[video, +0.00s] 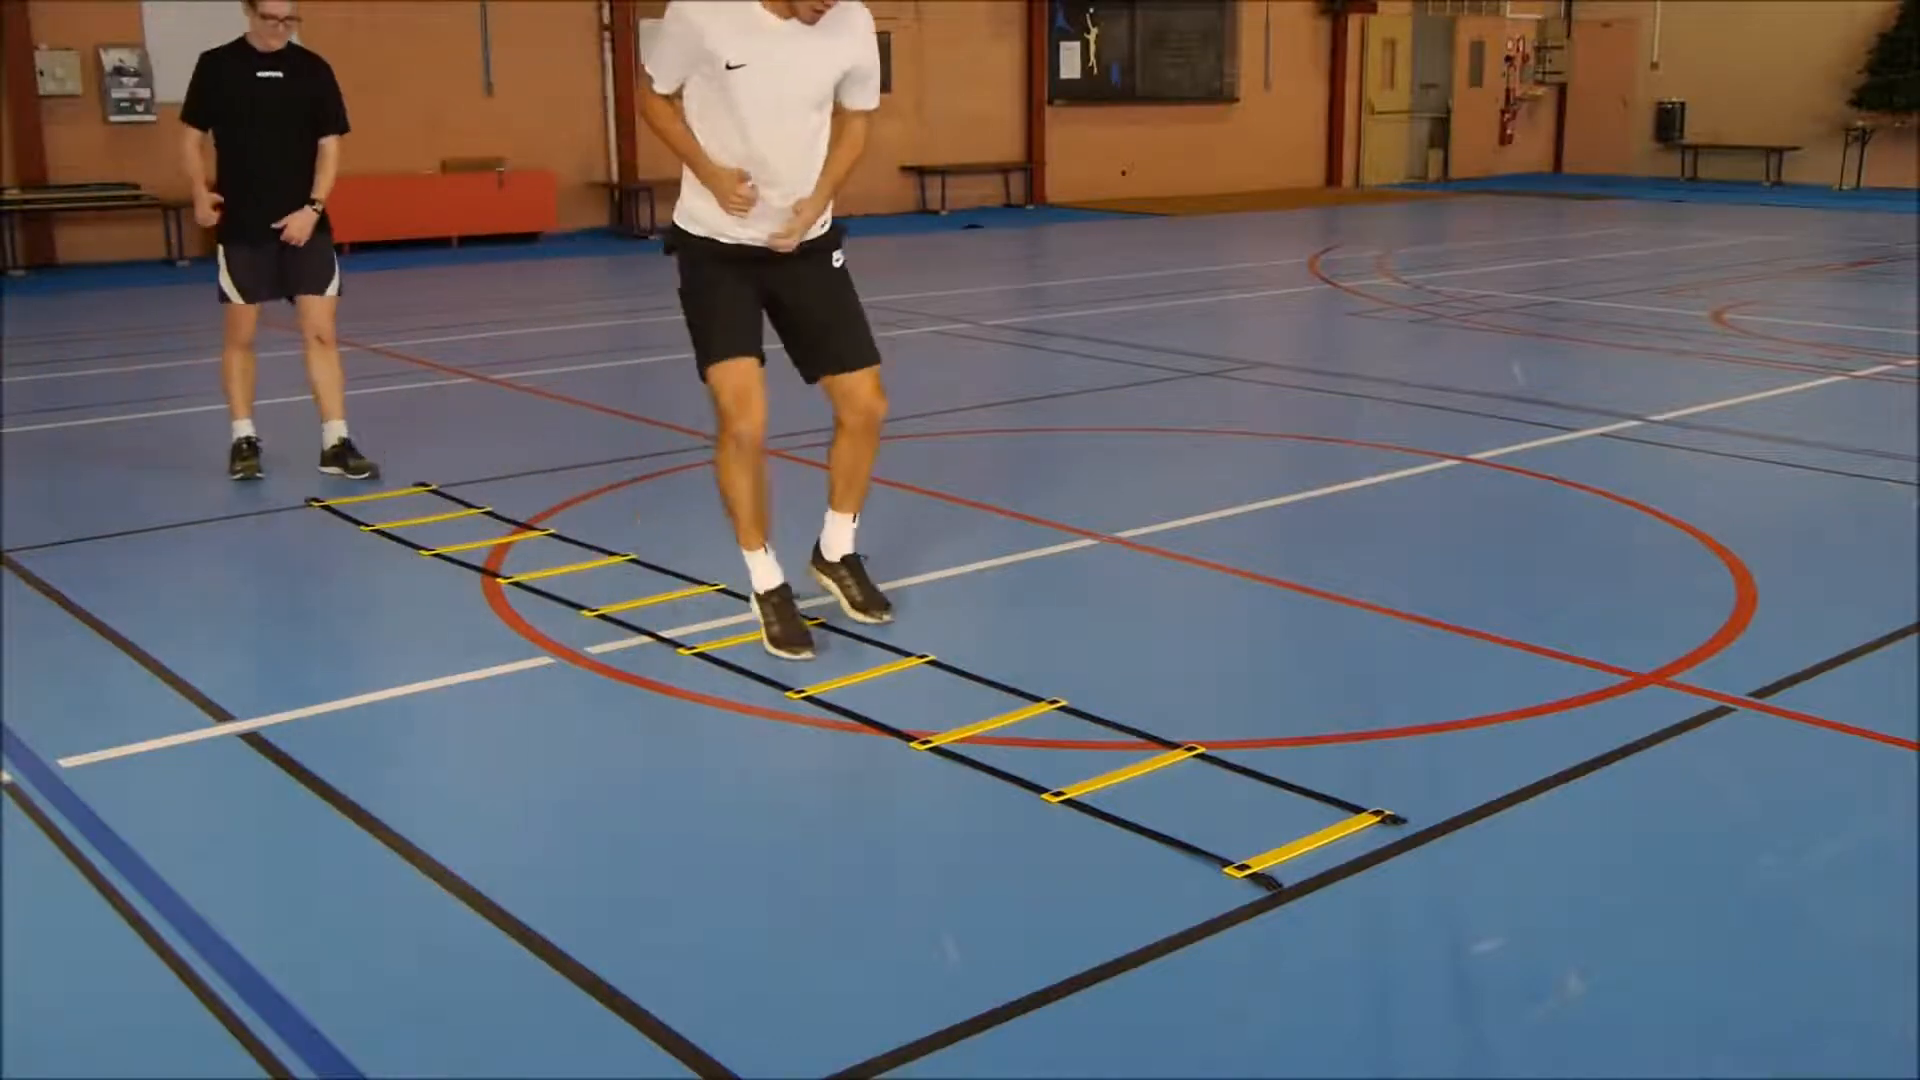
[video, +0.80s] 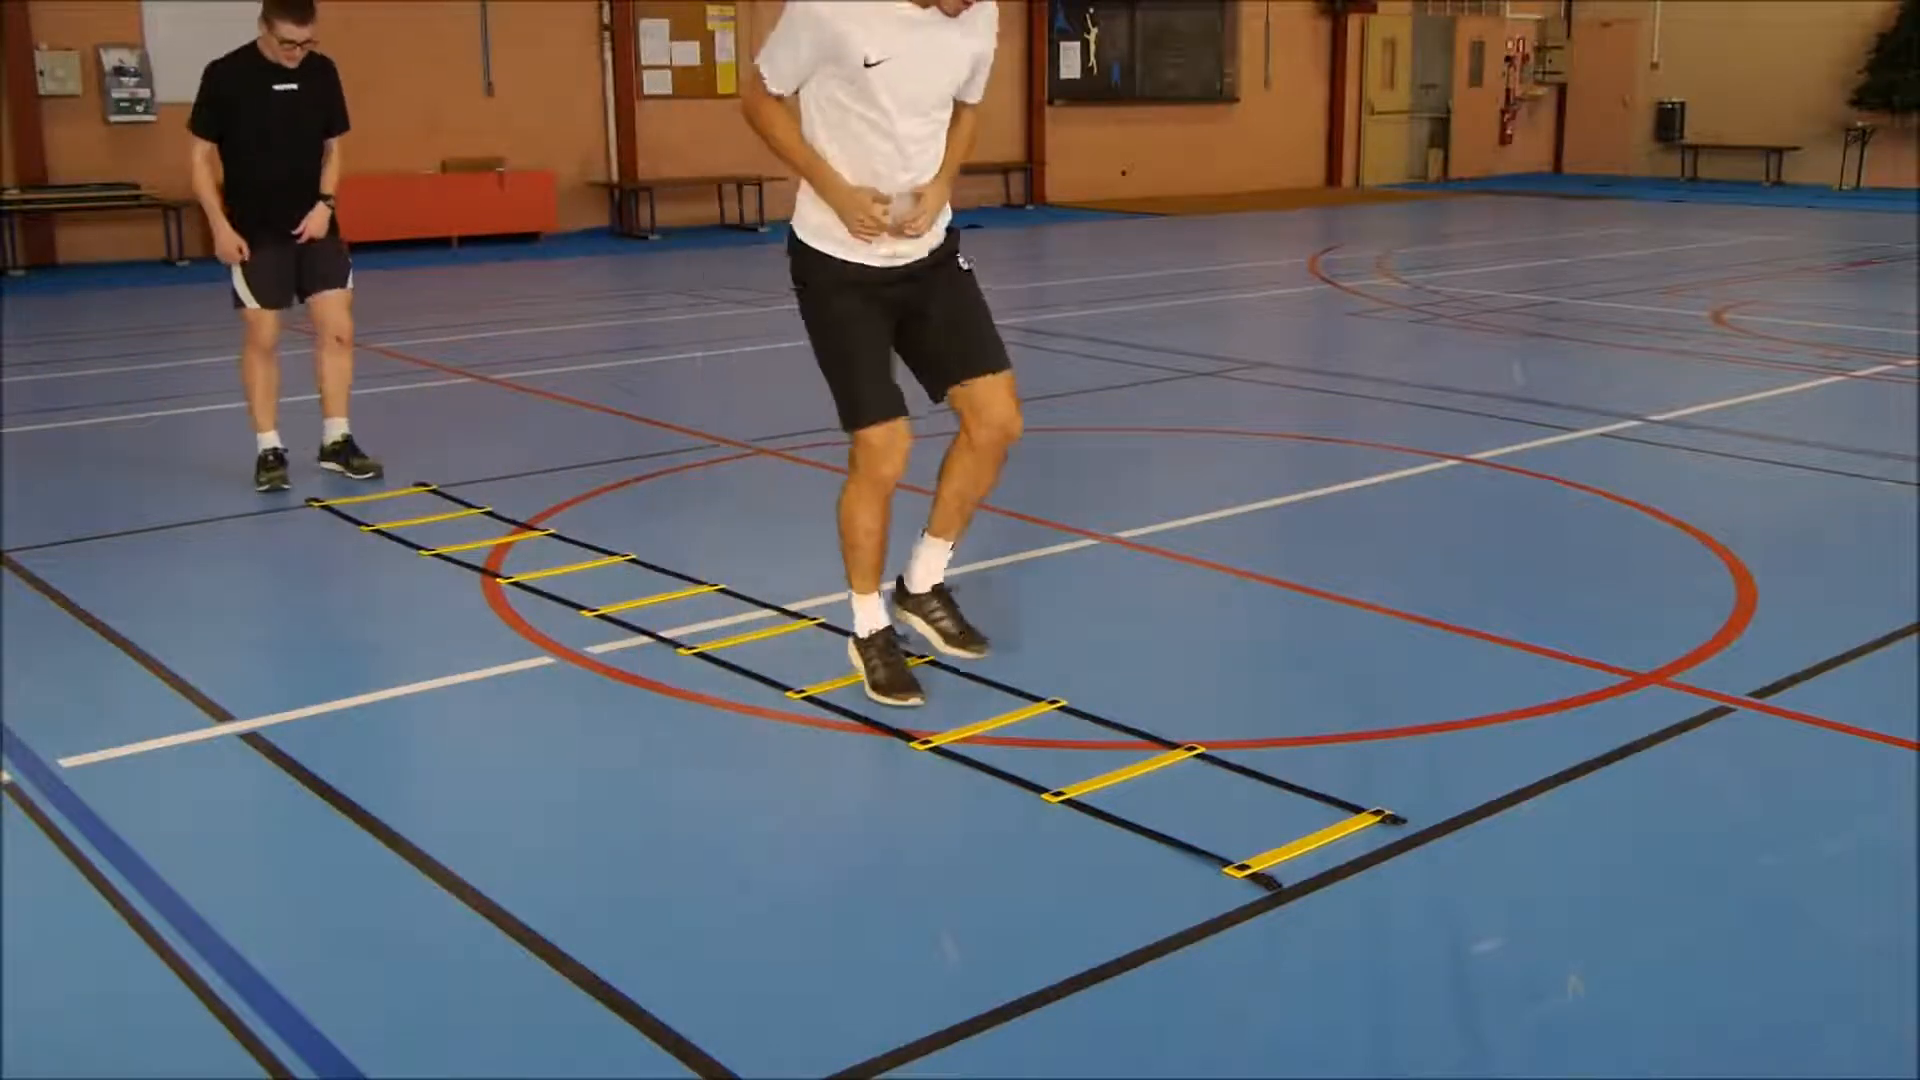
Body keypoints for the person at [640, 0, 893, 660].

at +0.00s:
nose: (822, 6)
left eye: (829, 3)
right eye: (813, 2)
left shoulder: (853, 24)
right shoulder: (698, 17)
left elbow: (854, 118)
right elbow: (654, 98)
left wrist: (818, 198)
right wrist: (708, 169)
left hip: (807, 242)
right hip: (714, 244)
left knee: (864, 405)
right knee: (744, 420)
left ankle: (835, 551)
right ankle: (767, 585)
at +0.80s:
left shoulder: (982, 16)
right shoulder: (827, 12)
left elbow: (965, 106)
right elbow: (758, 97)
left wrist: (942, 183)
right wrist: (836, 189)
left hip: (929, 253)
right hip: (837, 260)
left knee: (996, 421)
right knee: (882, 448)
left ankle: (923, 585)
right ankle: (870, 629)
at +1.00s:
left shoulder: (1015, 27)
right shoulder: (853, 14)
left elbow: (1002, 123)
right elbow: (785, 103)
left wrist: (968, 205)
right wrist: (864, 196)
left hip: (947, 270)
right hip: (849, 263)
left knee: (1005, 448)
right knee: (860, 446)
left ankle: (913, 609)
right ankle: (810, 652)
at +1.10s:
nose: (1035, 18)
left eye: (1040, 9)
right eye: (1027, 5)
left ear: (1034, 5)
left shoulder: (1024, 38)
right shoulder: (881, 30)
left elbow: (986, 132)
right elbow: (802, 149)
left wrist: (996, 213)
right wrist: (908, 231)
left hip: (967, 289)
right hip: (875, 295)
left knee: (1089, 424)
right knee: (851, 497)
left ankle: (992, 588)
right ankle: (778, 679)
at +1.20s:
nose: (1055, 5)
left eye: (1060, 0)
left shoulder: (1055, 28)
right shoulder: (901, 19)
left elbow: (1031, 123)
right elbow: (824, 123)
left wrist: (1024, 200)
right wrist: (919, 208)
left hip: (997, 278)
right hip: (898, 281)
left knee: (1098, 438)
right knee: (889, 475)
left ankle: (1039, 615)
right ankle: (811, 662)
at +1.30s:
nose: (1082, 5)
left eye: (1088, 0)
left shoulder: (1101, 36)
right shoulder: (927, 19)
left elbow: (1103, 144)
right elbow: (860, 108)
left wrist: (1068, 215)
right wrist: (922, 190)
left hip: (1042, 289)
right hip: (937, 284)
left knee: (1091, 482)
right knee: (938, 472)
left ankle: (1044, 636)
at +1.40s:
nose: (1095, 3)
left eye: (1102, 0)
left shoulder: (1122, 23)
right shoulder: (945, 12)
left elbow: (1120, 128)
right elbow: (882, 98)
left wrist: (1081, 221)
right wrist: (946, 181)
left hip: (1055, 284)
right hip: (953, 282)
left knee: (1116, 471)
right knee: (989, 488)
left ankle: (1058, 622)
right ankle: (1005, 665)